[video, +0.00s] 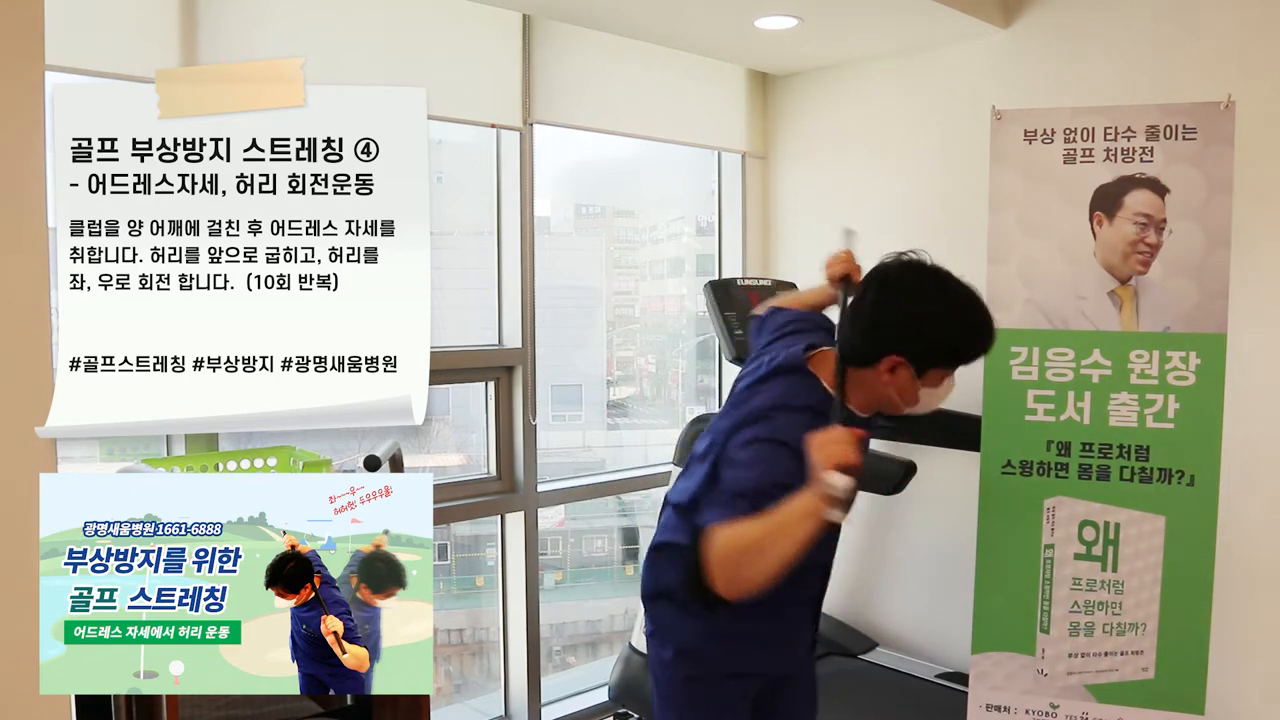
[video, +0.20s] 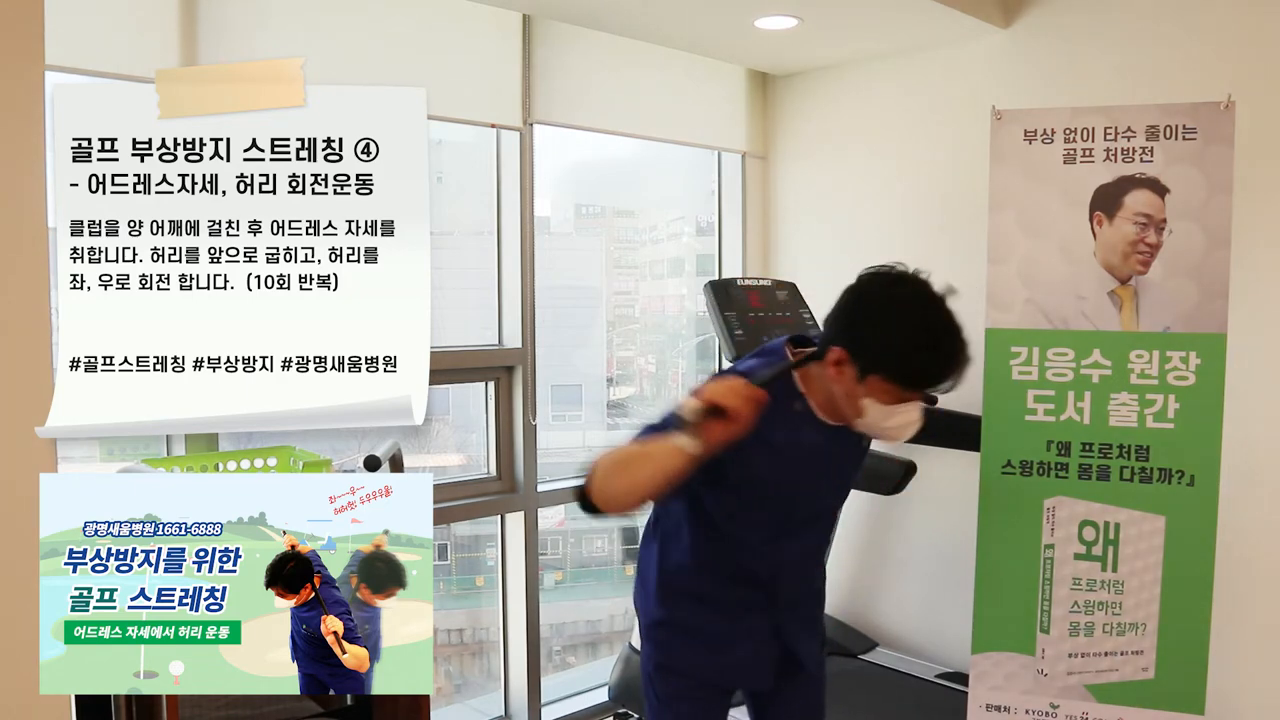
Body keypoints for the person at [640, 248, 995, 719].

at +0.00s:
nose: (941, 388)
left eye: (945, 378)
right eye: (938, 378)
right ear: (893, 372)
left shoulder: (805, 337)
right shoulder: (778, 426)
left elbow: (769, 310)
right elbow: (728, 576)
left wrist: (830, 290)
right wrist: (822, 494)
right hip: (710, 651)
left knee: (791, 710)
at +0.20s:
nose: (892, 413)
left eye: (907, 403)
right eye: (889, 401)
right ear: (840, 366)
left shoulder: (856, 393)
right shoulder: (741, 396)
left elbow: (915, 420)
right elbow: (599, 493)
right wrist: (696, 442)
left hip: (792, 626)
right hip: (692, 631)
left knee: (799, 711)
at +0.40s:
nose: (819, 427)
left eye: (840, 411)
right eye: (805, 407)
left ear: (864, 390)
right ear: (766, 360)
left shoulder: (872, 405)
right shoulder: (692, 385)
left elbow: (929, 430)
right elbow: (556, 412)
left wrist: (946, 395)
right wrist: (609, 377)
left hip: (789, 621)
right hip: (678, 621)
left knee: (802, 710)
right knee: (674, 711)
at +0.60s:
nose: (731, 426)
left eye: (759, 413)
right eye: (717, 405)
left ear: (794, 394)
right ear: (698, 368)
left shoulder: (841, 423)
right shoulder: (656, 366)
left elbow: (937, 501)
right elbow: (570, 366)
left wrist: (928, 454)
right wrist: (581, 340)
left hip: (780, 618)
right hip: (663, 609)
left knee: (797, 712)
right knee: (663, 713)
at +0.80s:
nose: (657, 427)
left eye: (682, 418)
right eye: (645, 410)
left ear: (734, 398)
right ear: (638, 372)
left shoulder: (785, 446)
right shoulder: (637, 356)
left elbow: (905, 556)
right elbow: (597, 334)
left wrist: (869, 499)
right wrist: (587, 314)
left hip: (767, 623)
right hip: (656, 607)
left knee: (790, 707)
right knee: (656, 707)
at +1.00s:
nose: (606, 428)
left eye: (622, 420)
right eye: (598, 415)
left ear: (686, 395)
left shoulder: (756, 454)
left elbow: (853, 597)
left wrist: (795, 529)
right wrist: (612, 294)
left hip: (756, 628)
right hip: (651, 614)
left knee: (780, 711)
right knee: (649, 713)